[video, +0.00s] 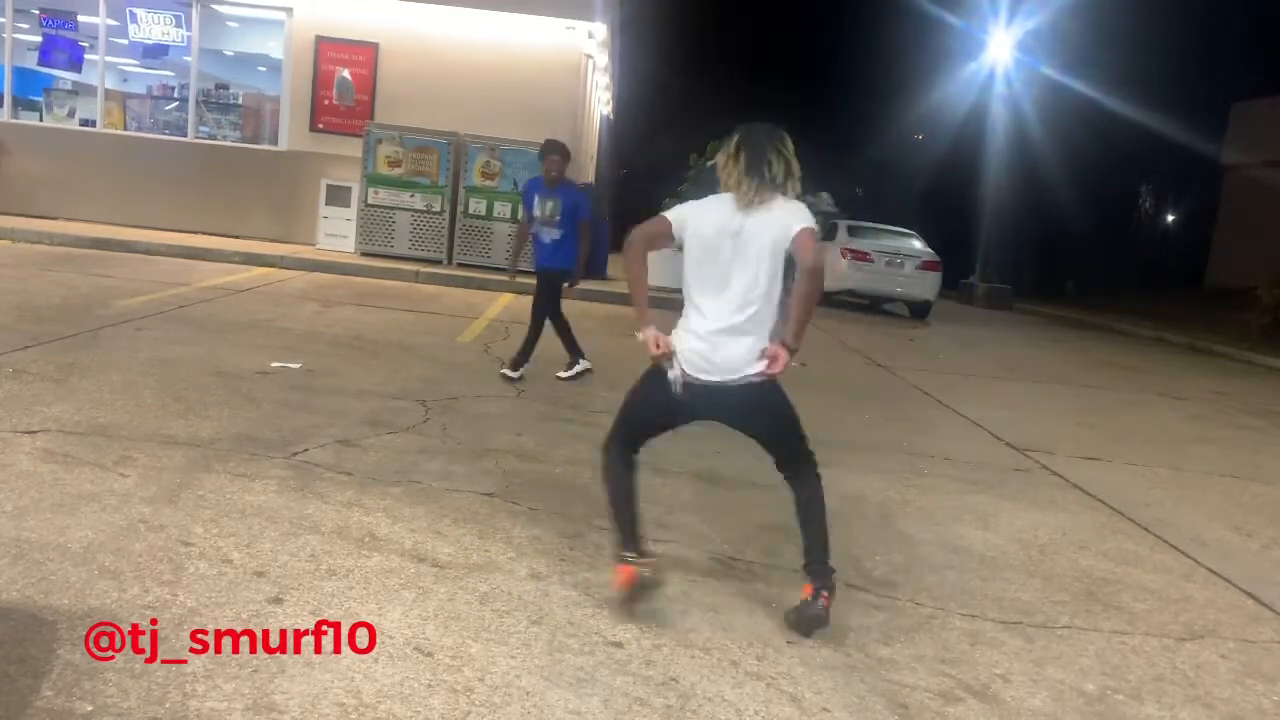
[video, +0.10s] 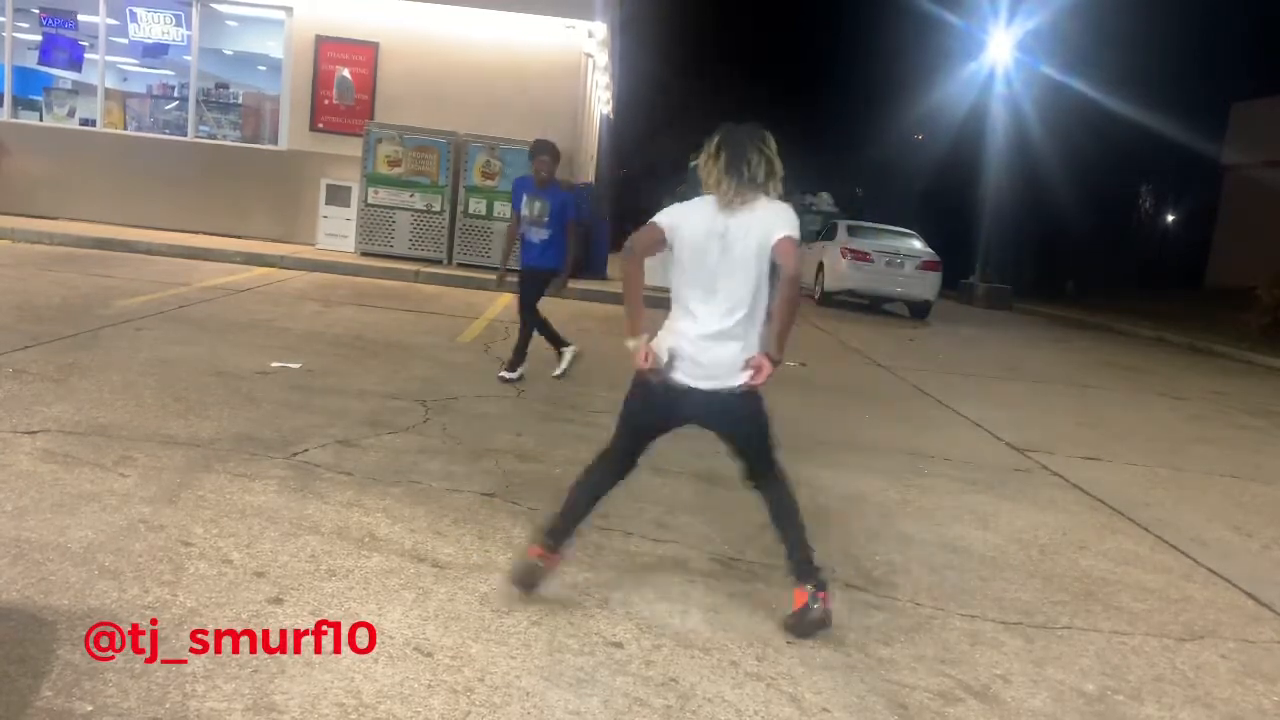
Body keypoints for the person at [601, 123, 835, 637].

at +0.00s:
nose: (719, 166)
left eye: (724, 158)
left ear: (729, 164)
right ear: (784, 168)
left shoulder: (698, 211)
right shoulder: (793, 213)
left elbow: (636, 240)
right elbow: (811, 262)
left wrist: (645, 322)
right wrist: (789, 340)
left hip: (681, 380)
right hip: (751, 388)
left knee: (619, 447)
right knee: (800, 468)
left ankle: (629, 556)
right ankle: (818, 584)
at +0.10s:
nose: (704, 168)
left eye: (706, 160)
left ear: (711, 165)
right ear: (767, 168)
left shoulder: (684, 212)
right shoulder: (776, 214)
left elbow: (633, 251)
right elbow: (790, 273)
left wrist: (638, 335)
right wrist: (772, 351)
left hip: (664, 383)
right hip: (734, 393)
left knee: (614, 461)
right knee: (768, 476)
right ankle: (809, 585)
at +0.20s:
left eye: (690, 174)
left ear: (690, 179)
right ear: (745, 182)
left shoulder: (663, 229)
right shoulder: (755, 232)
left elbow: (608, 274)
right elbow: (766, 295)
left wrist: (614, 358)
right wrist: (743, 375)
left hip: (638, 397)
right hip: (704, 411)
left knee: (576, 472)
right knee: (726, 503)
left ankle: (487, 551)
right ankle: (789, 614)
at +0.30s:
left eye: (687, 162)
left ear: (690, 165)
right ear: (746, 169)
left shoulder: (662, 209)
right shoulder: (754, 213)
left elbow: (610, 239)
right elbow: (778, 255)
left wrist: (615, 328)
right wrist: (748, 335)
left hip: (633, 372)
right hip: (705, 382)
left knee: (561, 445)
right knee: (762, 464)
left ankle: (491, 540)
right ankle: (778, 588)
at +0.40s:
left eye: (684, 146)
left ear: (688, 150)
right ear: (744, 155)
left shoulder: (658, 193)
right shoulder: (754, 200)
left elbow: (612, 226)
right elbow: (778, 247)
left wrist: (619, 308)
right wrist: (753, 327)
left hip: (642, 368)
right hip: (712, 376)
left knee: (596, 449)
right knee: (751, 465)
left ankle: (563, 569)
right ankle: (763, 589)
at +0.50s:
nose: (677, 159)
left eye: (680, 149)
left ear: (684, 154)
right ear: (739, 158)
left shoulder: (655, 198)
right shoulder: (752, 203)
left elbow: (624, 248)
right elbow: (775, 255)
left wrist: (624, 330)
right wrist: (753, 336)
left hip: (648, 376)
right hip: (713, 383)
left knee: (609, 464)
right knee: (722, 477)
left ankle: (557, 580)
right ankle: (754, 605)